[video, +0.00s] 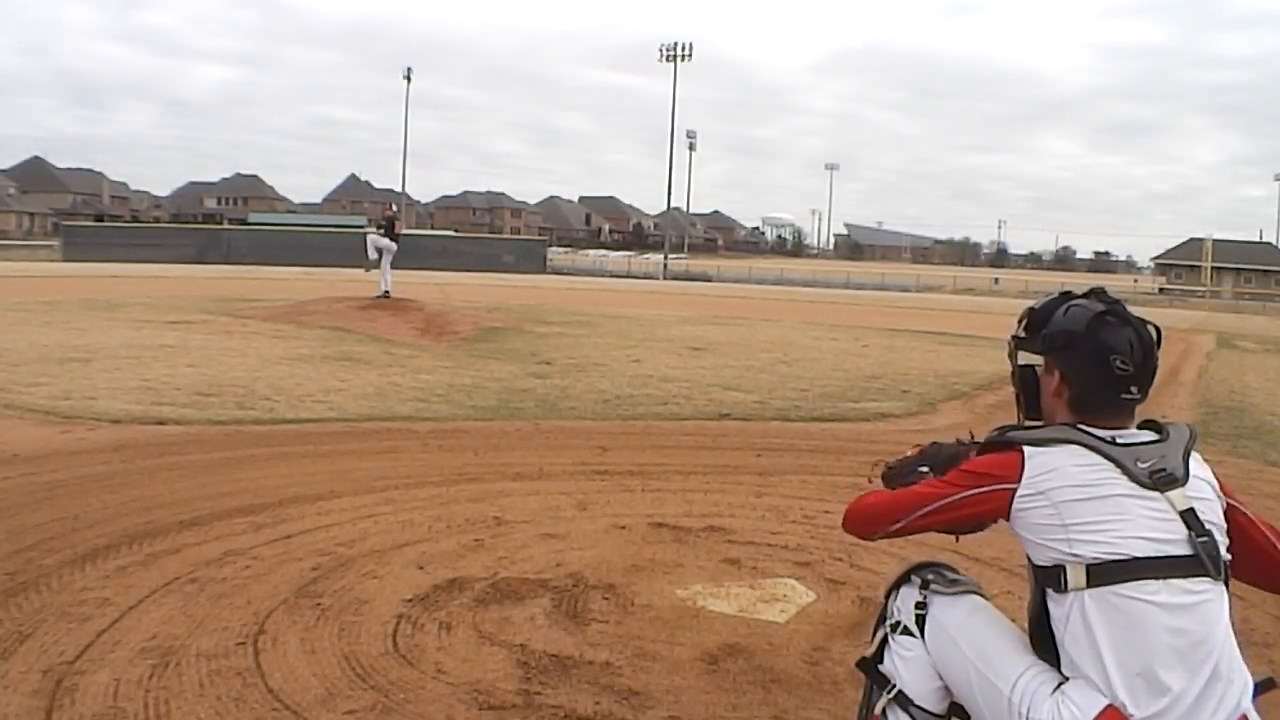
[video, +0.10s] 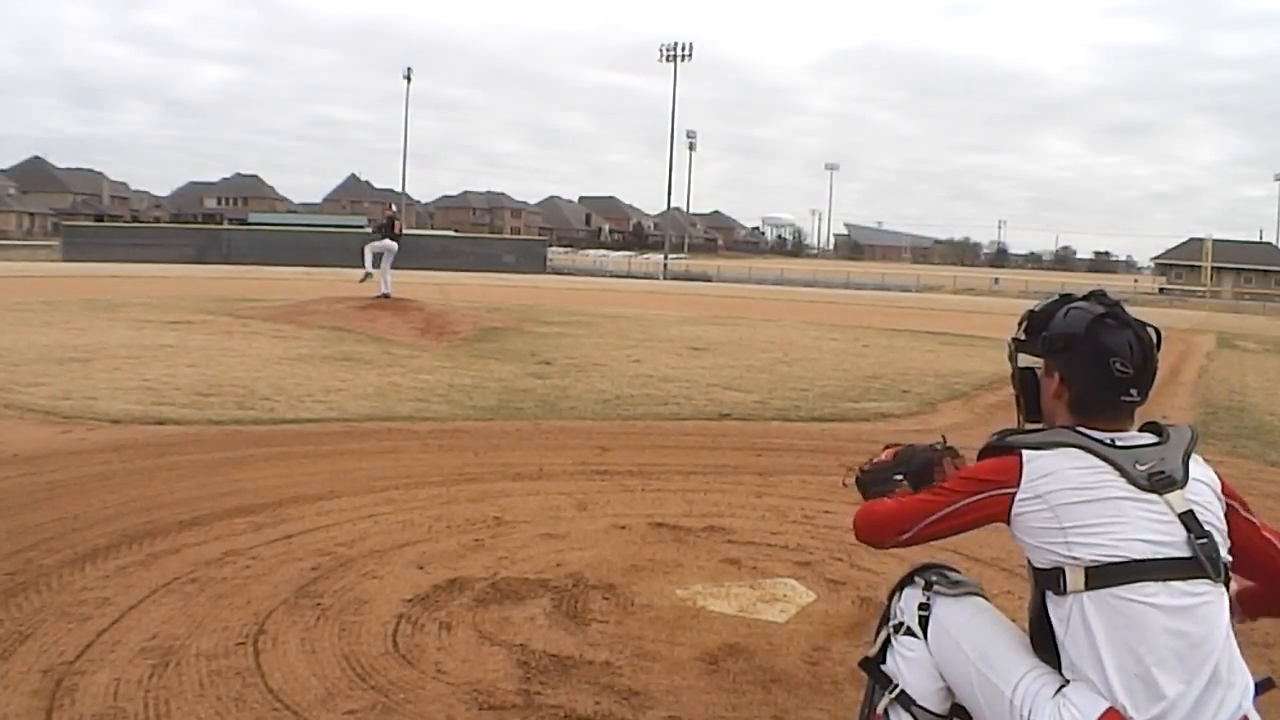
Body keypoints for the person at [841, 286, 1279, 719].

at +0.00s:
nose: (1034, 377)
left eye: (1040, 366)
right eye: (1038, 364)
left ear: (1058, 383)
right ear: (1131, 385)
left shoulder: (1029, 463)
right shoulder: (1189, 461)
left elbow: (863, 518)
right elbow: (1269, 566)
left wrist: (925, 473)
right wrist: (1171, 526)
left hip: (1109, 712)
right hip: (1229, 709)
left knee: (922, 595)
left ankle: (905, 706)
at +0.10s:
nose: (1034, 380)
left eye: (1040, 368)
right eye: (1038, 366)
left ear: (1057, 385)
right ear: (1131, 388)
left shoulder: (1030, 466)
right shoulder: (1192, 464)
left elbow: (874, 525)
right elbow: (1273, 580)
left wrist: (896, 484)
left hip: (1109, 712)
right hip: (1229, 708)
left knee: (925, 596)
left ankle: (907, 706)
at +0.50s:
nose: (1034, 391)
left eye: (1038, 378)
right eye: (1037, 376)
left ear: (1058, 394)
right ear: (1132, 395)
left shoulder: (1027, 473)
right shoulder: (1203, 481)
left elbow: (888, 539)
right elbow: (1277, 590)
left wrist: (873, 507)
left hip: (1108, 715)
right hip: (1230, 711)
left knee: (929, 601)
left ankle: (909, 708)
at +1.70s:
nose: (1103, 368)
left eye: (1107, 358)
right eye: (1105, 356)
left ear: (1122, 371)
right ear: (1199, 377)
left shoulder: (1079, 447)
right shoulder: (1255, 468)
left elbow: (971, 565)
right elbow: (1272, 609)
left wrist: (1067, 513)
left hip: (1105, 708)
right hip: (1228, 712)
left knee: (929, 636)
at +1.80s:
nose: (1104, 350)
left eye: (1109, 339)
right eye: (1106, 337)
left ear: (1126, 351)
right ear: (1201, 355)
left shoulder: (1080, 428)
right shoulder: (1253, 447)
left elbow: (978, 549)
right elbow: (1264, 596)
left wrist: (1069, 474)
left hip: (1074, 701)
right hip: (1198, 705)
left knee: (918, 663)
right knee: (1261, 629)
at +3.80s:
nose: (1059, 218)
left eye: (1064, 208)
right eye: (1063, 206)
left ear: (1075, 221)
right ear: (1138, 234)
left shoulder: (1019, 293)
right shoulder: (1168, 331)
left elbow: (971, 412)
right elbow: (1200, 472)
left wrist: (903, 526)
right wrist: (1178, 565)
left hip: (1001, 536)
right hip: (1102, 547)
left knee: (934, 707)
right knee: (1068, 711)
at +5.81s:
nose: (1113, 347)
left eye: (1119, 333)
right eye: (1117, 332)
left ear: (1134, 347)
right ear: (1218, 354)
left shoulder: (1110, 450)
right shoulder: (1260, 424)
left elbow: (1037, 640)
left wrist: (1035, 573)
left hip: (1170, 713)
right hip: (1265, 706)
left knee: (945, 639)